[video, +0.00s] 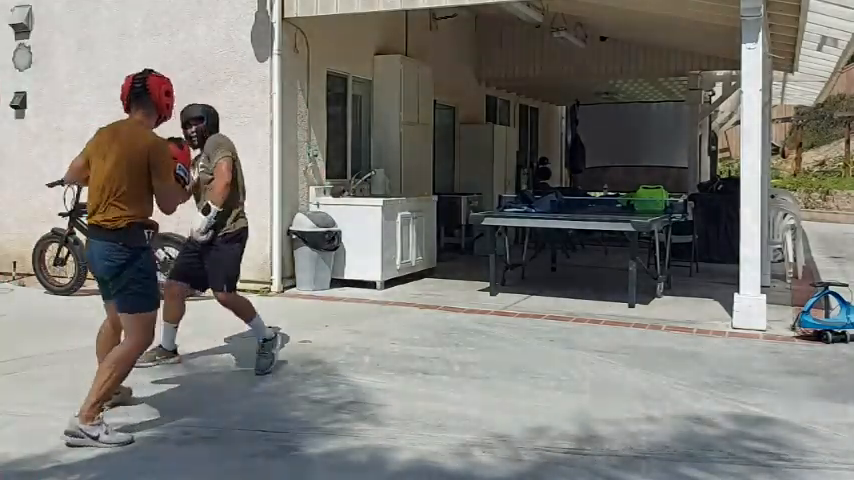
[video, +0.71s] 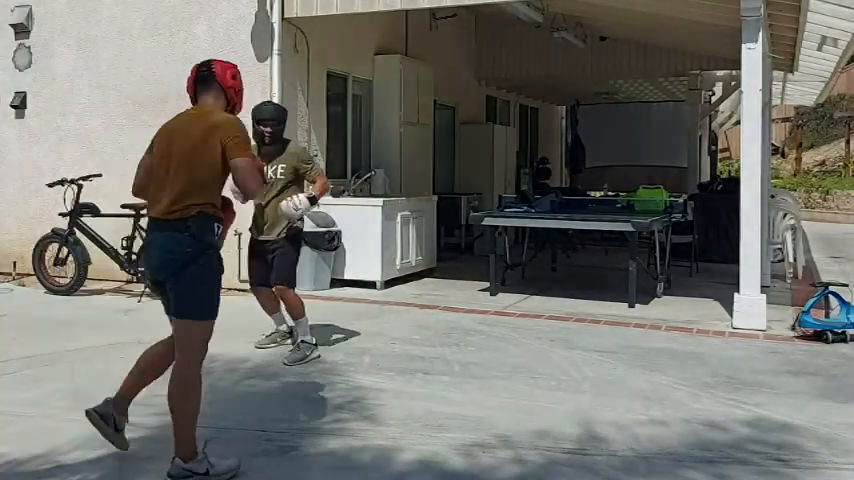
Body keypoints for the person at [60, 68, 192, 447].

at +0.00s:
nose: (170, 109)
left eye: (168, 102)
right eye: (168, 102)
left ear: (130, 102)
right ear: (161, 104)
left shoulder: (104, 134)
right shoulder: (155, 145)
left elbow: (74, 174)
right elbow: (168, 203)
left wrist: (110, 180)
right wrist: (187, 183)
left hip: (98, 244)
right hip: (128, 247)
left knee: (115, 320)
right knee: (139, 337)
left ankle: (109, 390)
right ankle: (86, 419)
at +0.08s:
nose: (164, 95)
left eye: (163, 88)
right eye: (163, 88)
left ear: (124, 85)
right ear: (155, 88)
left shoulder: (98, 118)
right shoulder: (150, 125)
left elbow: (71, 164)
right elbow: (165, 186)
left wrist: (114, 164)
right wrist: (171, 155)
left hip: (86, 229)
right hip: (119, 234)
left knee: (106, 313)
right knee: (132, 324)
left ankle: (69, 390)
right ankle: (93, 413)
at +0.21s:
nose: (163, 90)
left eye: (162, 82)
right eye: (161, 82)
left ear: (122, 79)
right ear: (151, 79)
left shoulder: (95, 114)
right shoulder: (141, 118)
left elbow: (70, 164)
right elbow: (151, 187)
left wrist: (116, 157)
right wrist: (171, 157)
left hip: (81, 227)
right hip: (115, 229)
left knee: (83, 320)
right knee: (144, 323)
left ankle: (24, 398)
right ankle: (113, 421)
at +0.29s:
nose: (160, 109)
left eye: (161, 102)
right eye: (159, 101)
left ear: (120, 97)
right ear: (150, 99)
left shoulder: (94, 131)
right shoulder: (135, 137)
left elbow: (79, 187)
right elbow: (145, 208)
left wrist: (142, 186)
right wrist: (163, 179)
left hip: (74, 247)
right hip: (110, 250)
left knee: (49, 342)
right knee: (145, 343)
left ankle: (1, 423)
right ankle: (158, 443)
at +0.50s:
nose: (195, 110)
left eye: (194, 102)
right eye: (193, 101)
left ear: (153, 101)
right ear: (185, 99)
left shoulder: (129, 137)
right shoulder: (176, 135)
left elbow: (103, 202)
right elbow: (174, 196)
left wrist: (160, 207)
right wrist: (196, 184)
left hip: (106, 249)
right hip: (143, 251)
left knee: (78, 341)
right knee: (164, 358)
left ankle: (16, 414)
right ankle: (185, 456)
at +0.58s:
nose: (218, 103)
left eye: (217, 96)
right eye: (217, 95)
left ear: (175, 94)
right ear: (209, 91)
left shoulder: (149, 133)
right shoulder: (205, 127)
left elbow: (124, 197)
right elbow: (215, 186)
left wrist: (184, 195)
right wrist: (232, 175)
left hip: (133, 245)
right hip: (172, 246)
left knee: (135, 339)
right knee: (177, 357)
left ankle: (57, 405)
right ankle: (186, 458)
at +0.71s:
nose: (238, 100)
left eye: (237, 93)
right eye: (237, 92)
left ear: (194, 90)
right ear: (231, 88)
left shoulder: (169, 128)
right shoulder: (227, 125)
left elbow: (141, 188)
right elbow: (251, 187)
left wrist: (202, 200)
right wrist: (254, 166)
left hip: (157, 245)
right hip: (193, 246)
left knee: (182, 340)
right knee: (190, 356)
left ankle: (116, 407)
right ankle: (187, 458)